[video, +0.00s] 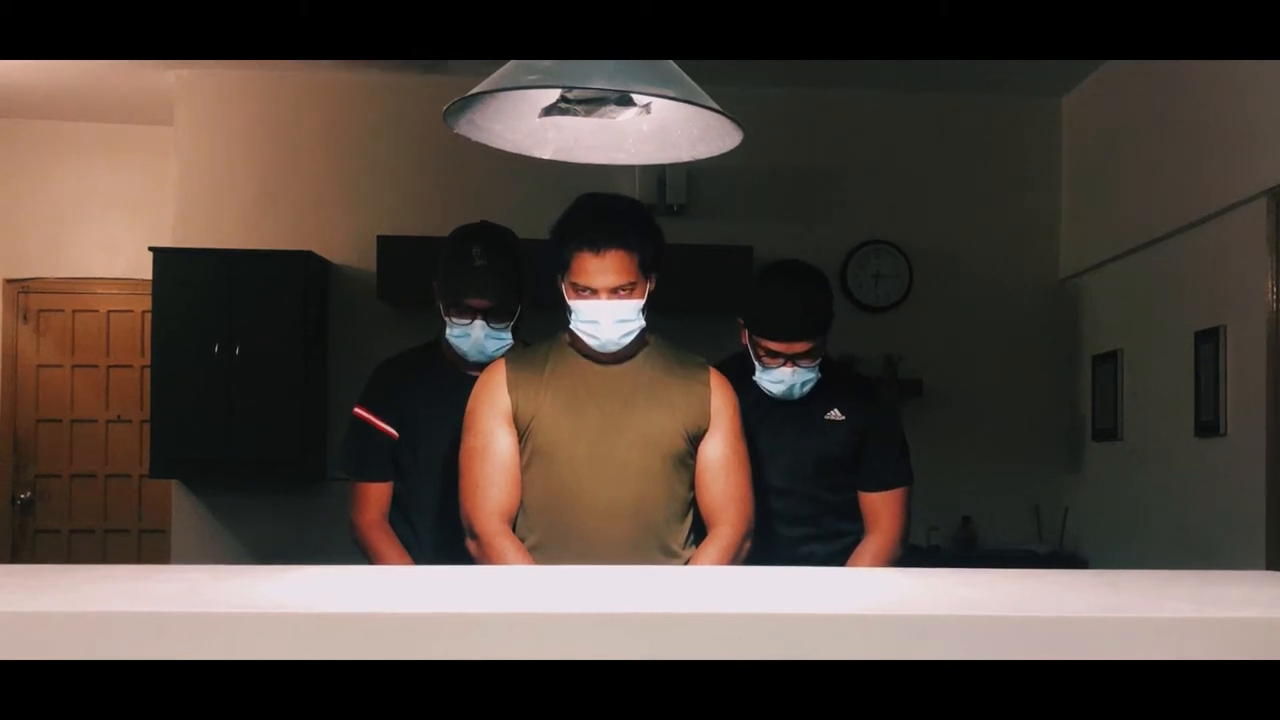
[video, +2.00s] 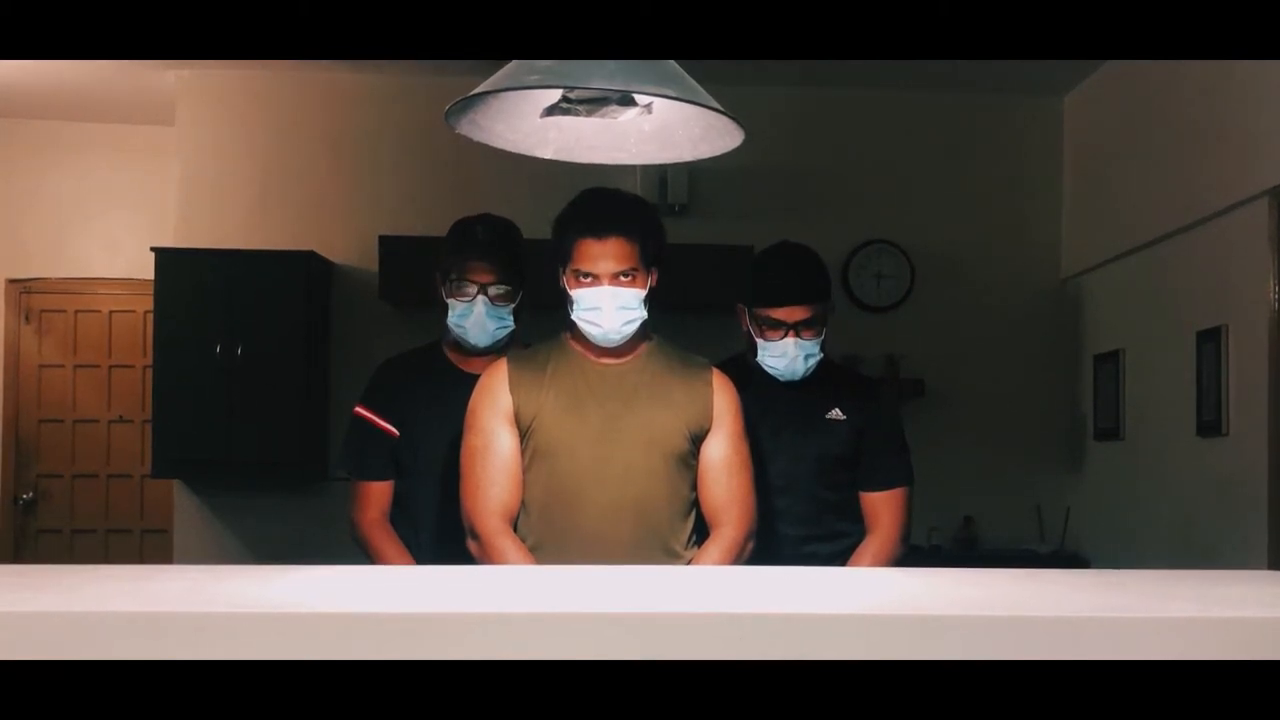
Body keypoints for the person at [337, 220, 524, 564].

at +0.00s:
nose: (479, 332)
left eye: (497, 314)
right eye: (462, 312)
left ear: (518, 308)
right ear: (439, 302)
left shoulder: (534, 382)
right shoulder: (397, 381)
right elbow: (369, 521)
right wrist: (421, 596)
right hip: (423, 585)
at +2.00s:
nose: (480, 309)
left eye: (499, 293)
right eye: (463, 289)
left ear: (518, 297)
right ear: (442, 289)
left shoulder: (538, 385)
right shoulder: (399, 380)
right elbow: (369, 518)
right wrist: (422, 596)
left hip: (515, 592)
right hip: (427, 590)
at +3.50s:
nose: (479, 284)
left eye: (496, 270)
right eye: (463, 267)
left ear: (515, 283)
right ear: (442, 277)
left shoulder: (540, 382)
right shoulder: (397, 380)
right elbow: (369, 520)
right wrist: (422, 598)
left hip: (518, 593)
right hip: (427, 592)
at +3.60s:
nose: (478, 282)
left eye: (496, 269)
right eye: (463, 266)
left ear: (515, 282)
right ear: (442, 277)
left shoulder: (540, 382)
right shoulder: (397, 380)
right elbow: (369, 519)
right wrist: (422, 598)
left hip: (517, 594)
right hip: (427, 593)